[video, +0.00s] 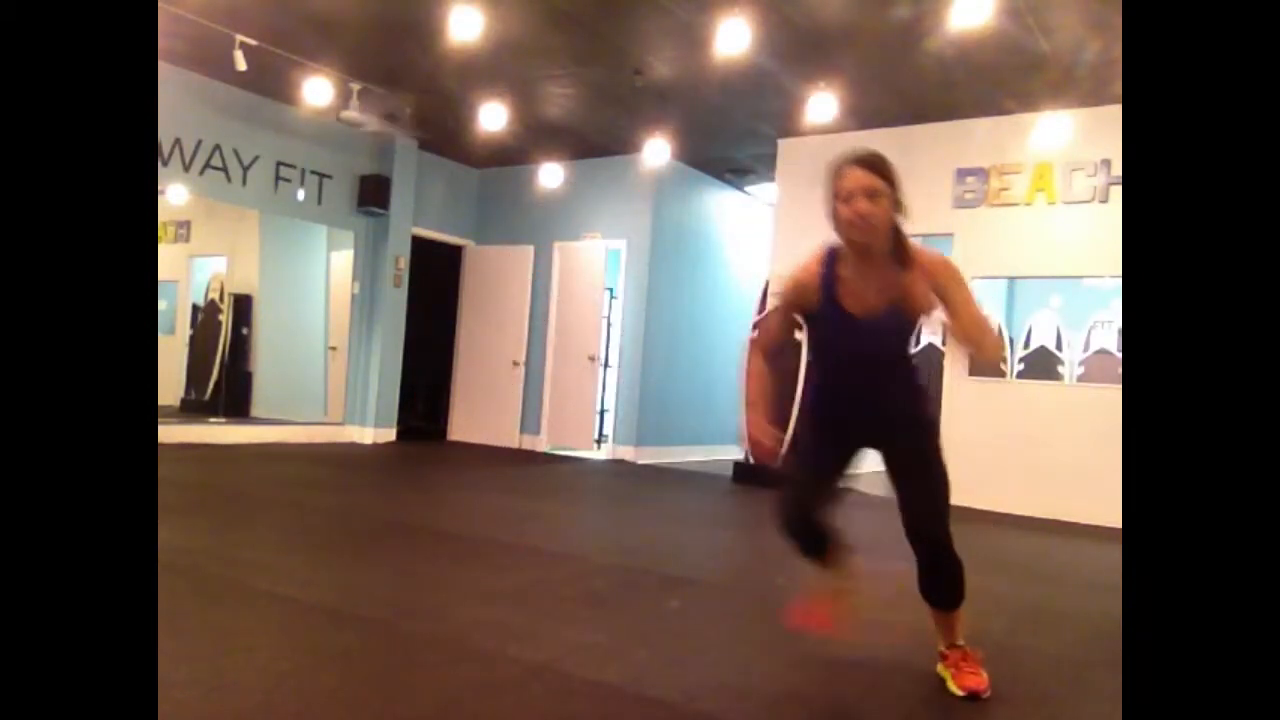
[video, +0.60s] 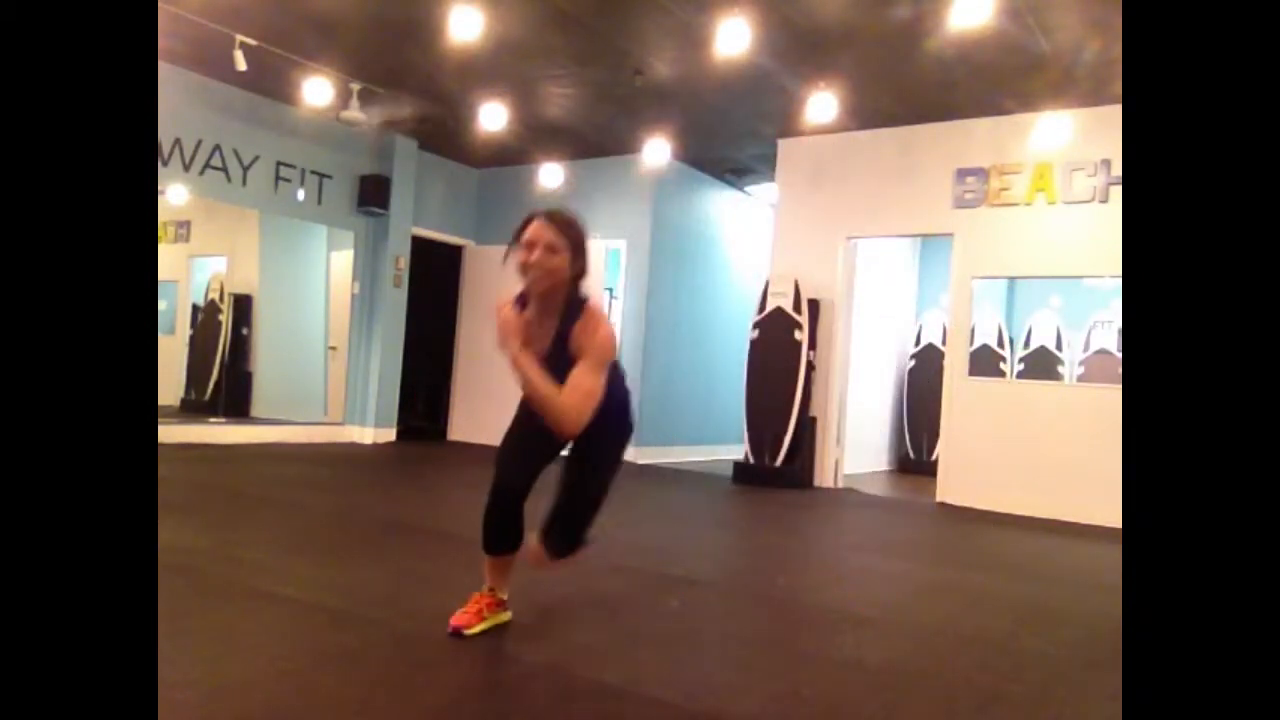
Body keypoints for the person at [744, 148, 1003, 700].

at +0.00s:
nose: (859, 208)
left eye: (872, 196)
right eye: (847, 198)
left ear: (894, 207)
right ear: (833, 211)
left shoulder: (928, 272)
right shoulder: (811, 278)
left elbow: (990, 350)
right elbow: (761, 347)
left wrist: (955, 314)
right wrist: (758, 418)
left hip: (899, 409)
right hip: (830, 410)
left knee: (930, 532)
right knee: (796, 515)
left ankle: (953, 647)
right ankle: (841, 571)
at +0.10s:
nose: (797, 158)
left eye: (810, 148)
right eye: (787, 148)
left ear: (835, 158)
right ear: (775, 159)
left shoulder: (865, 210)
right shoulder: (766, 234)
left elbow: (926, 247)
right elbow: (711, 284)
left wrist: (835, 210)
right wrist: (672, 336)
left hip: (850, 384)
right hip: (782, 381)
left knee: (903, 507)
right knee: (710, 442)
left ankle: (952, 643)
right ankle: (703, 542)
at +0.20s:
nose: (732, 121)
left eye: (747, 110)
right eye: (721, 111)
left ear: (773, 121)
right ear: (709, 124)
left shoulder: (800, 183)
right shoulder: (700, 197)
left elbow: (851, 225)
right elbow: (658, 243)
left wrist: (766, 198)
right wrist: (620, 296)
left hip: (790, 349)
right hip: (725, 344)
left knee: (860, 476)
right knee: (637, 423)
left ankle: (931, 602)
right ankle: (579, 524)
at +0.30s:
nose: (679, 126)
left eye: (690, 116)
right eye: (668, 117)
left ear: (712, 129)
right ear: (655, 133)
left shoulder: (734, 189)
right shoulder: (643, 199)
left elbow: (772, 246)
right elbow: (605, 250)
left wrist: (705, 215)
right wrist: (570, 300)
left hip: (729, 346)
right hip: (663, 343)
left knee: (784, 451)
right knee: (587, 440)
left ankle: (857, 554)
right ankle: (516, 540)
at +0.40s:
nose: (612, 174)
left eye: (624, 164)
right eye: (606, 166)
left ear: (653, 172)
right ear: (601, 177)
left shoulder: (679, 242)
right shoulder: (590, 234)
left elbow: (688, 306)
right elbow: (564, 283)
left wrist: (626, 255)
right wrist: (534, 333)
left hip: (665, 376)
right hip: (603, 372)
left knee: (704, 483)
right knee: (548, 470)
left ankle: (753, 515)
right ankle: (500, 588)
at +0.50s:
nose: (568, 224)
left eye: (583, 215)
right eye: (561, 213)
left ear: (606, 228)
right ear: (550, 223)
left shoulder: (629, 293)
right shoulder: (545, 277)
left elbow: (614, 374)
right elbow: (537, 322)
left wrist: (553, 304)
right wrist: (519, 365)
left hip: (623, 400)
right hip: (566, 388)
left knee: (618, 524)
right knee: (512, 480)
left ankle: (653, 513)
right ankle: (494, 595)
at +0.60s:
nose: (534, 258)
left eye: (550, 250)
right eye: (526, 247)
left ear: (574, 264)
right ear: (516, 256)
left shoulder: (595, 329)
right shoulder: (514, 312)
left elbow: (570, 420)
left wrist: (517, 350)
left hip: (603, 417)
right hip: (544, 401)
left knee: (556, 543)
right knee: (504, 492)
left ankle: (547, 545)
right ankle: (494, 597)